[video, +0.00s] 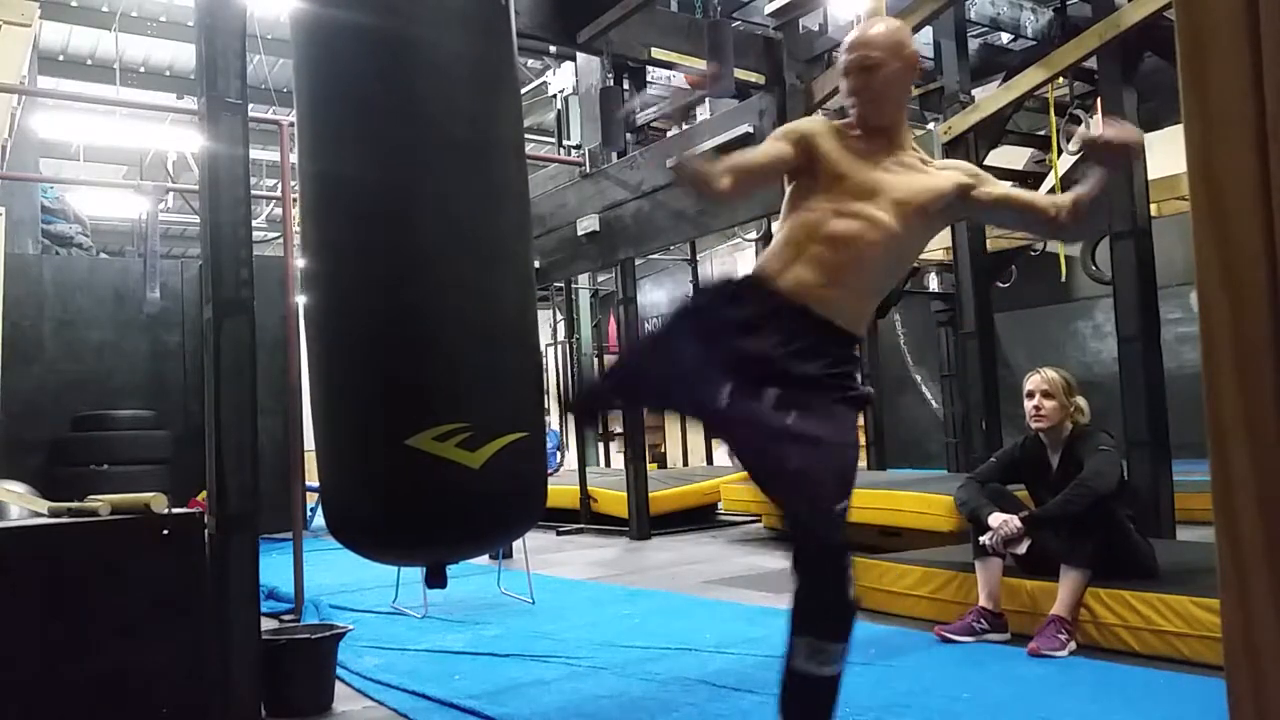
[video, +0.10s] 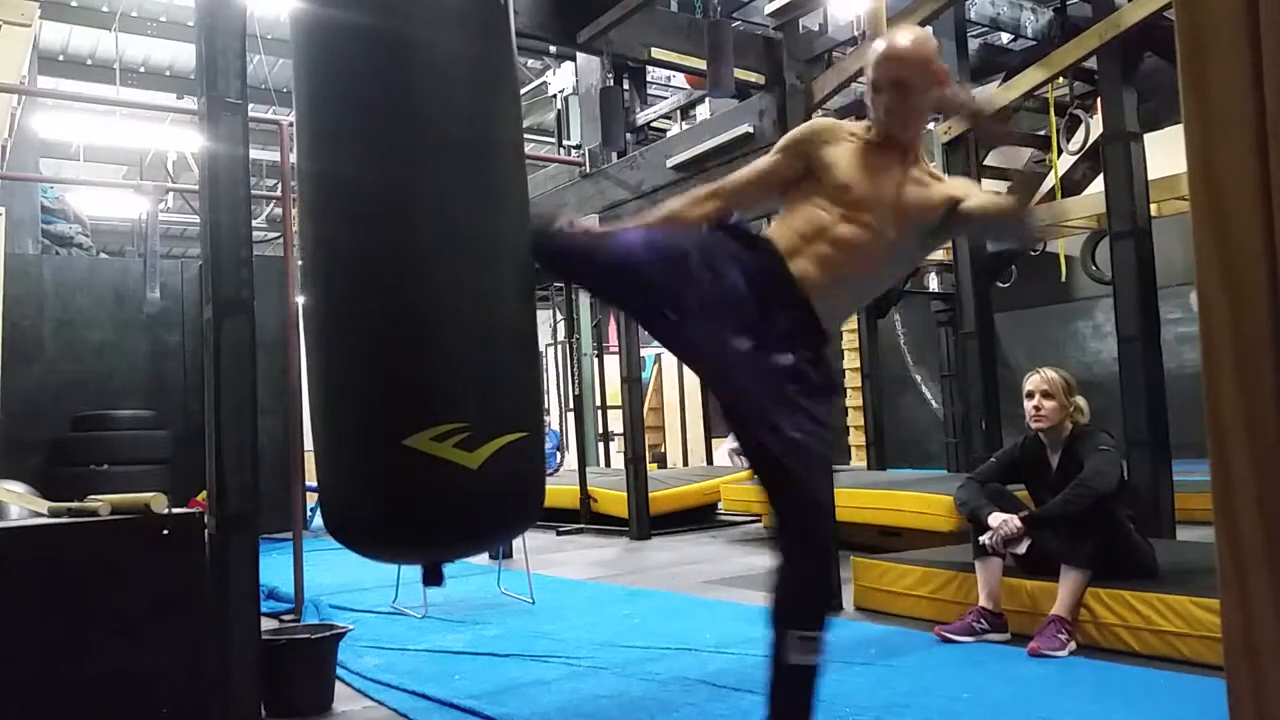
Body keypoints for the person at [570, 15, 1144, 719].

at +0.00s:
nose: (848, 78)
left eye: (865, 63)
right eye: (844, 65)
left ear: (912, 74)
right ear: (839, 74)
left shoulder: (951, 179)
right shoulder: (811, 137)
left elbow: (1067, 214)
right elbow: (721, 181)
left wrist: (1107, 167)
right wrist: (679, 146)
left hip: (821, 365)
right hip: (739, 320)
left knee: (823, 545)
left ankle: (804, 713)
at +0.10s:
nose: (891, 97)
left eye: (908, 84)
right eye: (883, 82)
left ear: (939, 93)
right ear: (870, 84)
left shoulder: (942, 194)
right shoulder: (824, 140)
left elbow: (1019, 222)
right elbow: (714, 199)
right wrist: (613, 233)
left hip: (796, 356)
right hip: (736, 276)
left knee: (811, 539)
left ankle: (789, 713)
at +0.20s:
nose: (883, 94)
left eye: (900, 82)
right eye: (882, 79)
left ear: (933, 103)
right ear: (871, 85)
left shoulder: (944, 222)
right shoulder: (820, 137)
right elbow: (729, 201)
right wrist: (644, 218)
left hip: (764, 354)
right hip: (701, 263)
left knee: (767, 541)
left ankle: (762, 714)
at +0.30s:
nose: (859, 89)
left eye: (878, 77)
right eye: (855, 72)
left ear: (924, 82)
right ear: (843, 73)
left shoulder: (928, 199)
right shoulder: (801, 131)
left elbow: (860, 247)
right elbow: (721, 182)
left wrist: (839, 121)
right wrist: (644, 165)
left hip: (763, 364)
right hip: (688, 286)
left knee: (754, 572)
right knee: (549, 284)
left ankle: (748, 714)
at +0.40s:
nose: (827, 70)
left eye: (846, 59)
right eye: (824, 57)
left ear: (891, 68)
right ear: (816, 63)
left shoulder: (917, 181)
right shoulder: (779, 136)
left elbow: (876, 249)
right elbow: (674, 180)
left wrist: (834, 131)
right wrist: (589, 138)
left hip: (772, 365)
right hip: (687, 308)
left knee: (751, 572)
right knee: (544, 368)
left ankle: (741, 715)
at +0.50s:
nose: (798, 50)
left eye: (818, 40)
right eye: (792, 38)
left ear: (862, 55)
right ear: (780, 53)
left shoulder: (893, 170)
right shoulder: (750, 149)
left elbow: (891, 257)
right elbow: (651, 202)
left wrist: (824, 147)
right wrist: (569, 167)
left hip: (771, 368)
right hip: (686, 331)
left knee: (747, 574)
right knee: (567, 464)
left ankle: (740, 716)